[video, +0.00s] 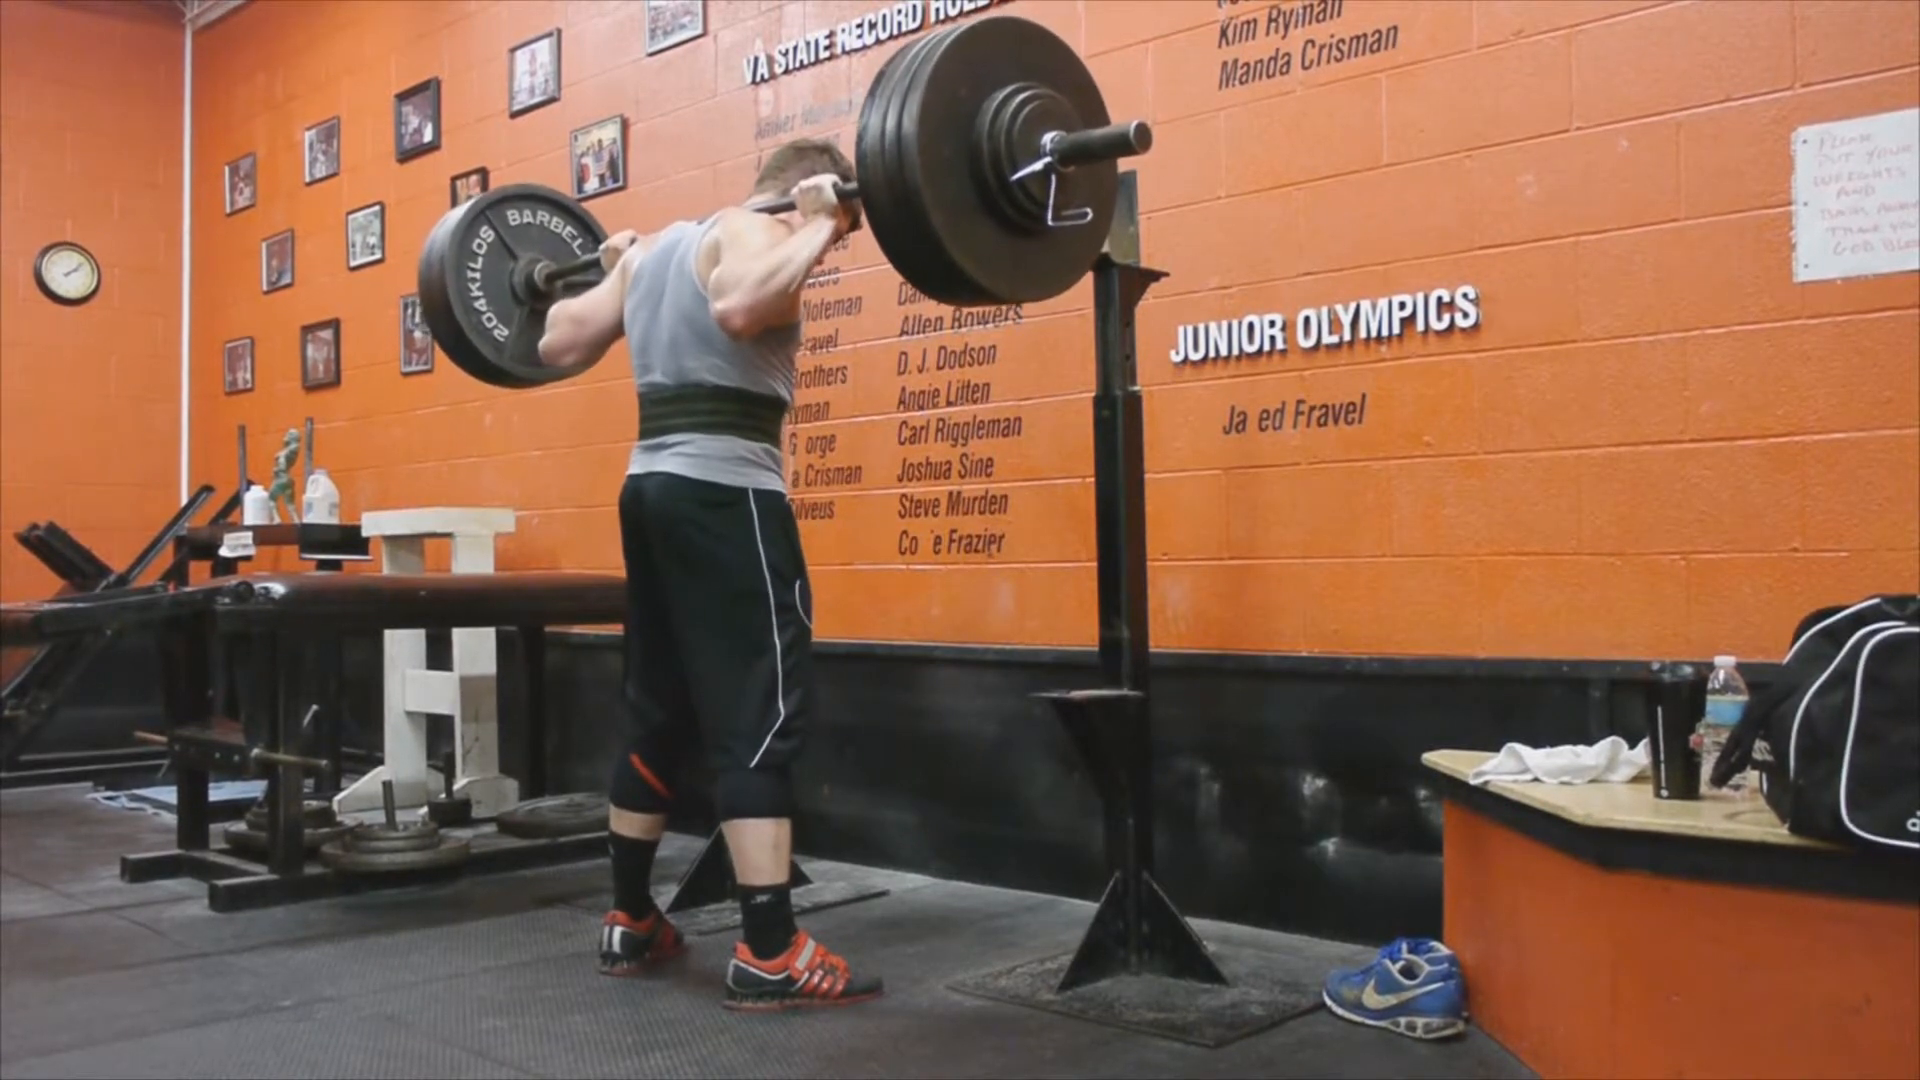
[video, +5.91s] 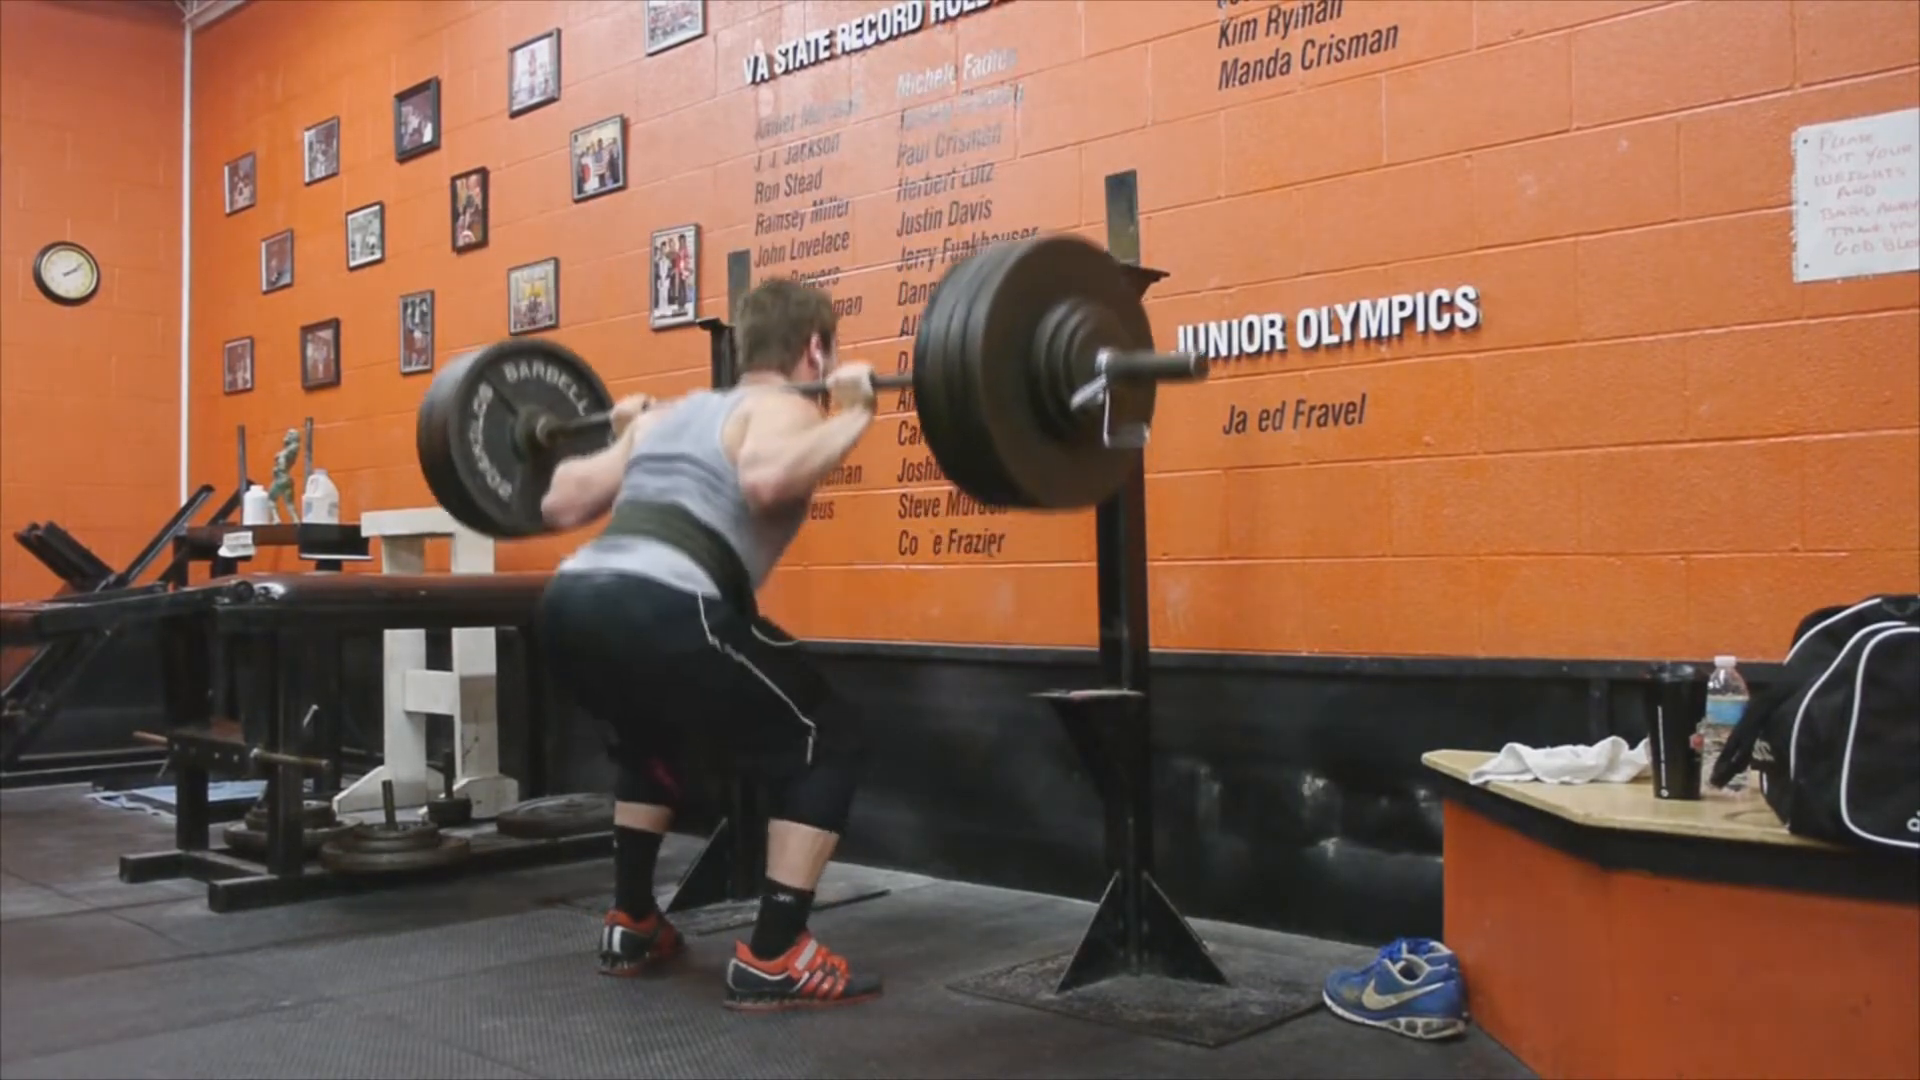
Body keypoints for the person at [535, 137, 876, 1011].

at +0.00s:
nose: (837, 240)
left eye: (845, 228)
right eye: (839, 221)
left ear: (758, 184)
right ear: (809, 198)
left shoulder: (655, 252)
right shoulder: (763, 232)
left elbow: (556, 342)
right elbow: (738, 309)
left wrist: (611, 271)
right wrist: (818, 230)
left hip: (651, 495)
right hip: (728, 497)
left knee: (661, 711)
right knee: (758, 714)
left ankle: (630, 920)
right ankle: (770, 947)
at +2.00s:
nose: (832, 216)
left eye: (838, 201)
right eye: (830, 199)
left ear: (744, 178)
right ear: (803, 185)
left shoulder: (662, 250)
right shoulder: (766, 227)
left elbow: (568, 347)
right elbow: (748, 303)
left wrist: (611, 272)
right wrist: (827, 222)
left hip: (657, 490)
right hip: (735, 490)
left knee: (663, 709)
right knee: (762, 713)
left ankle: (631, 920)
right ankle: (769, 947)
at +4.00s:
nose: (825, 189)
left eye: (824, 174)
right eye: (823, 174)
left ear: (737, 171)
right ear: (800, 169)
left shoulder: (664, 251)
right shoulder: (773, 227)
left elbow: (564, 347)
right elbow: (753, 303)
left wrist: (607, 273)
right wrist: (833, 229)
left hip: (650, 486)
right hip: (725, 488)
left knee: (658, 708)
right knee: (758, 713)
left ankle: (631, 920)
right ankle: (770, 947)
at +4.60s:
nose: (826, 285)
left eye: (825, 272)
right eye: (825, 272)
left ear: (739, 272)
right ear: (806, 271)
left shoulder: (670, 344)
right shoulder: (779, 332)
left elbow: (574, 444)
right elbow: (767, 407)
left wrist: (621, 363)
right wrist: (846, 333)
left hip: (602, 565)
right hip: (689, 571)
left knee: (660, 722)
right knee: (834, 734)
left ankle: (632, 921)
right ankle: (775, 948)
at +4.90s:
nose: (833, 377)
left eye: (831, 363)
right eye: (831, 362)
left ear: (744, 365)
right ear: (811, 366)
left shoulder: (680, 438)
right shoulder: (787, 428)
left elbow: (586, 548)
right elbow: (781, 522)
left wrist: (636, 460)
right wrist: (857, 442)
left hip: (596, 654)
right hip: (686, 663)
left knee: (668, 745)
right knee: (855, 766)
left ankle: (633, 920)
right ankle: (776, 951)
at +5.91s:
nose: (832, 363)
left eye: (833, 353)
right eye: (830, 351)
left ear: (742, 351)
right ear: (810, 350)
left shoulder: (668, 416)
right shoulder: (786, 407)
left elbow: (560, 503)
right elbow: (765, 479)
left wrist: (621, 435)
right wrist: (853, 413)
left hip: (571, 600)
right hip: (666, 608)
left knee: (651, 738)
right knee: (822, 740)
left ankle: (632, 919)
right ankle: (775, 950)